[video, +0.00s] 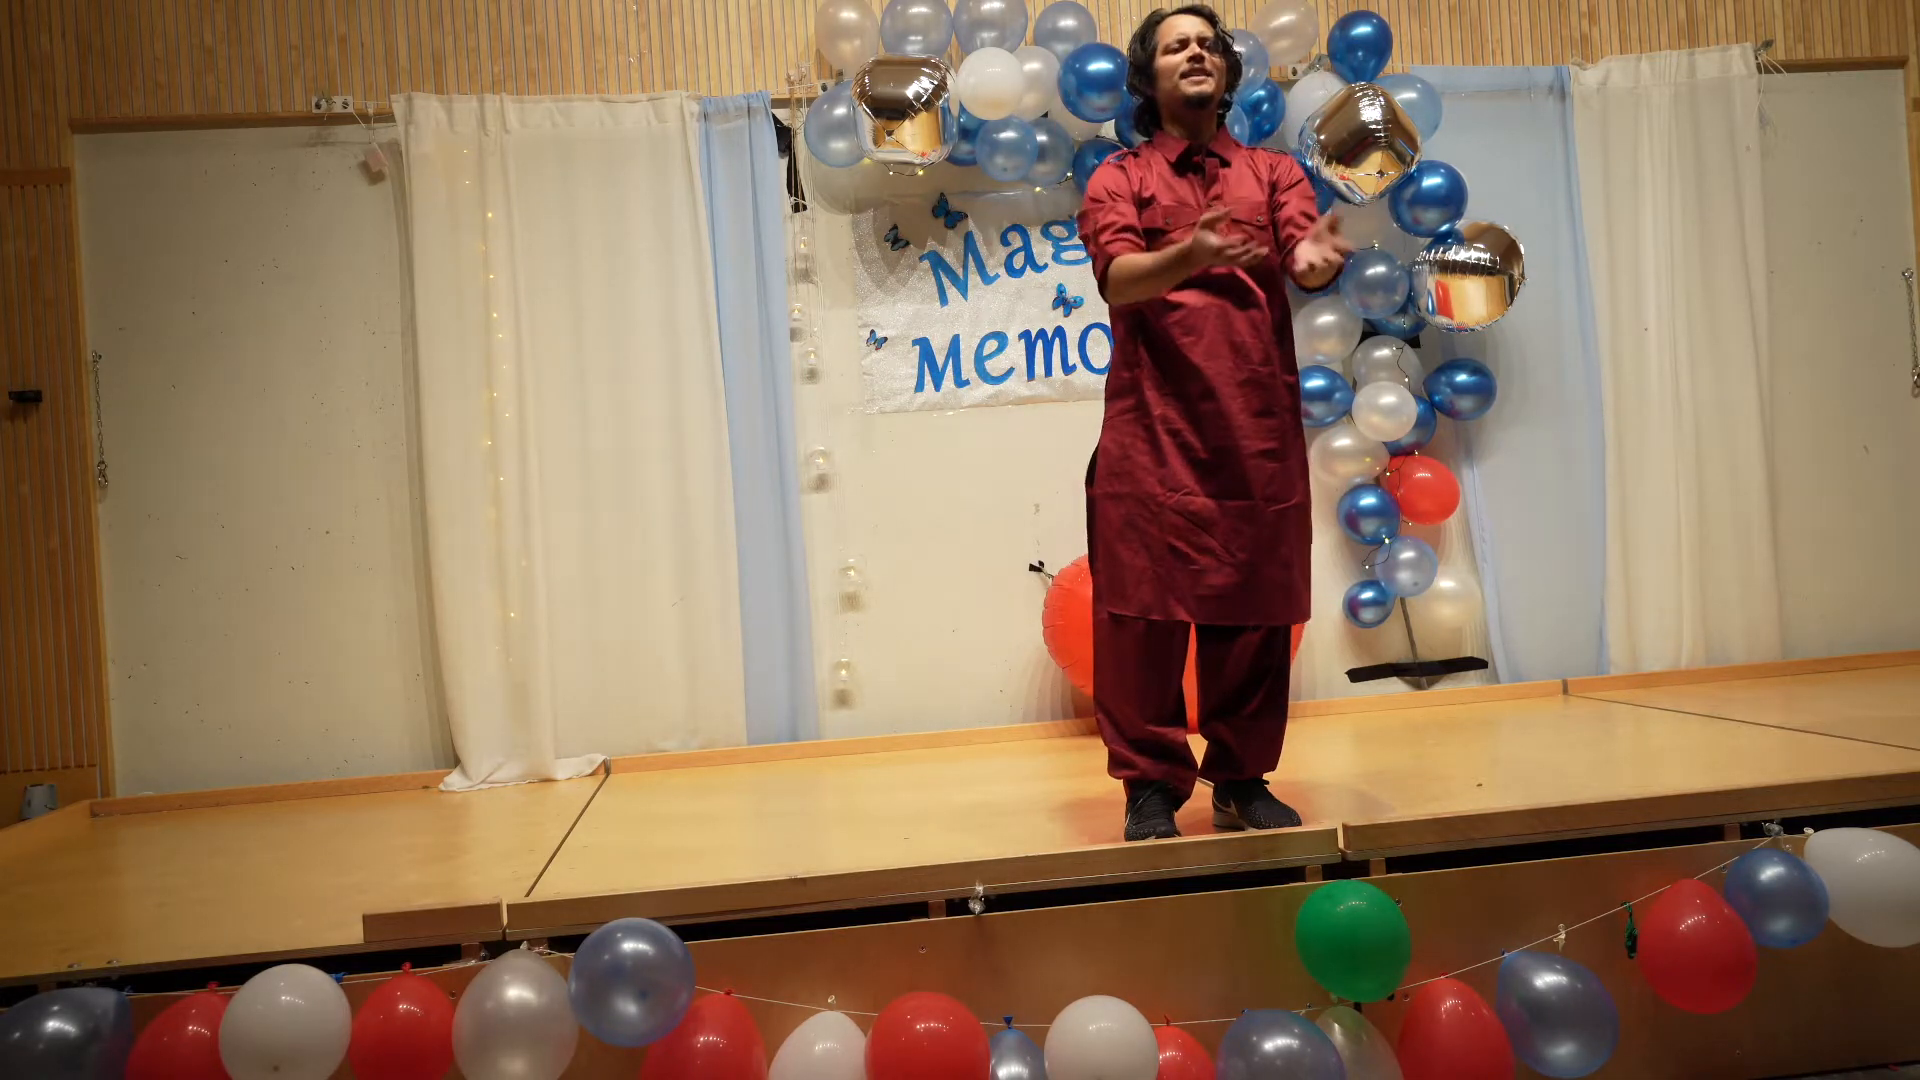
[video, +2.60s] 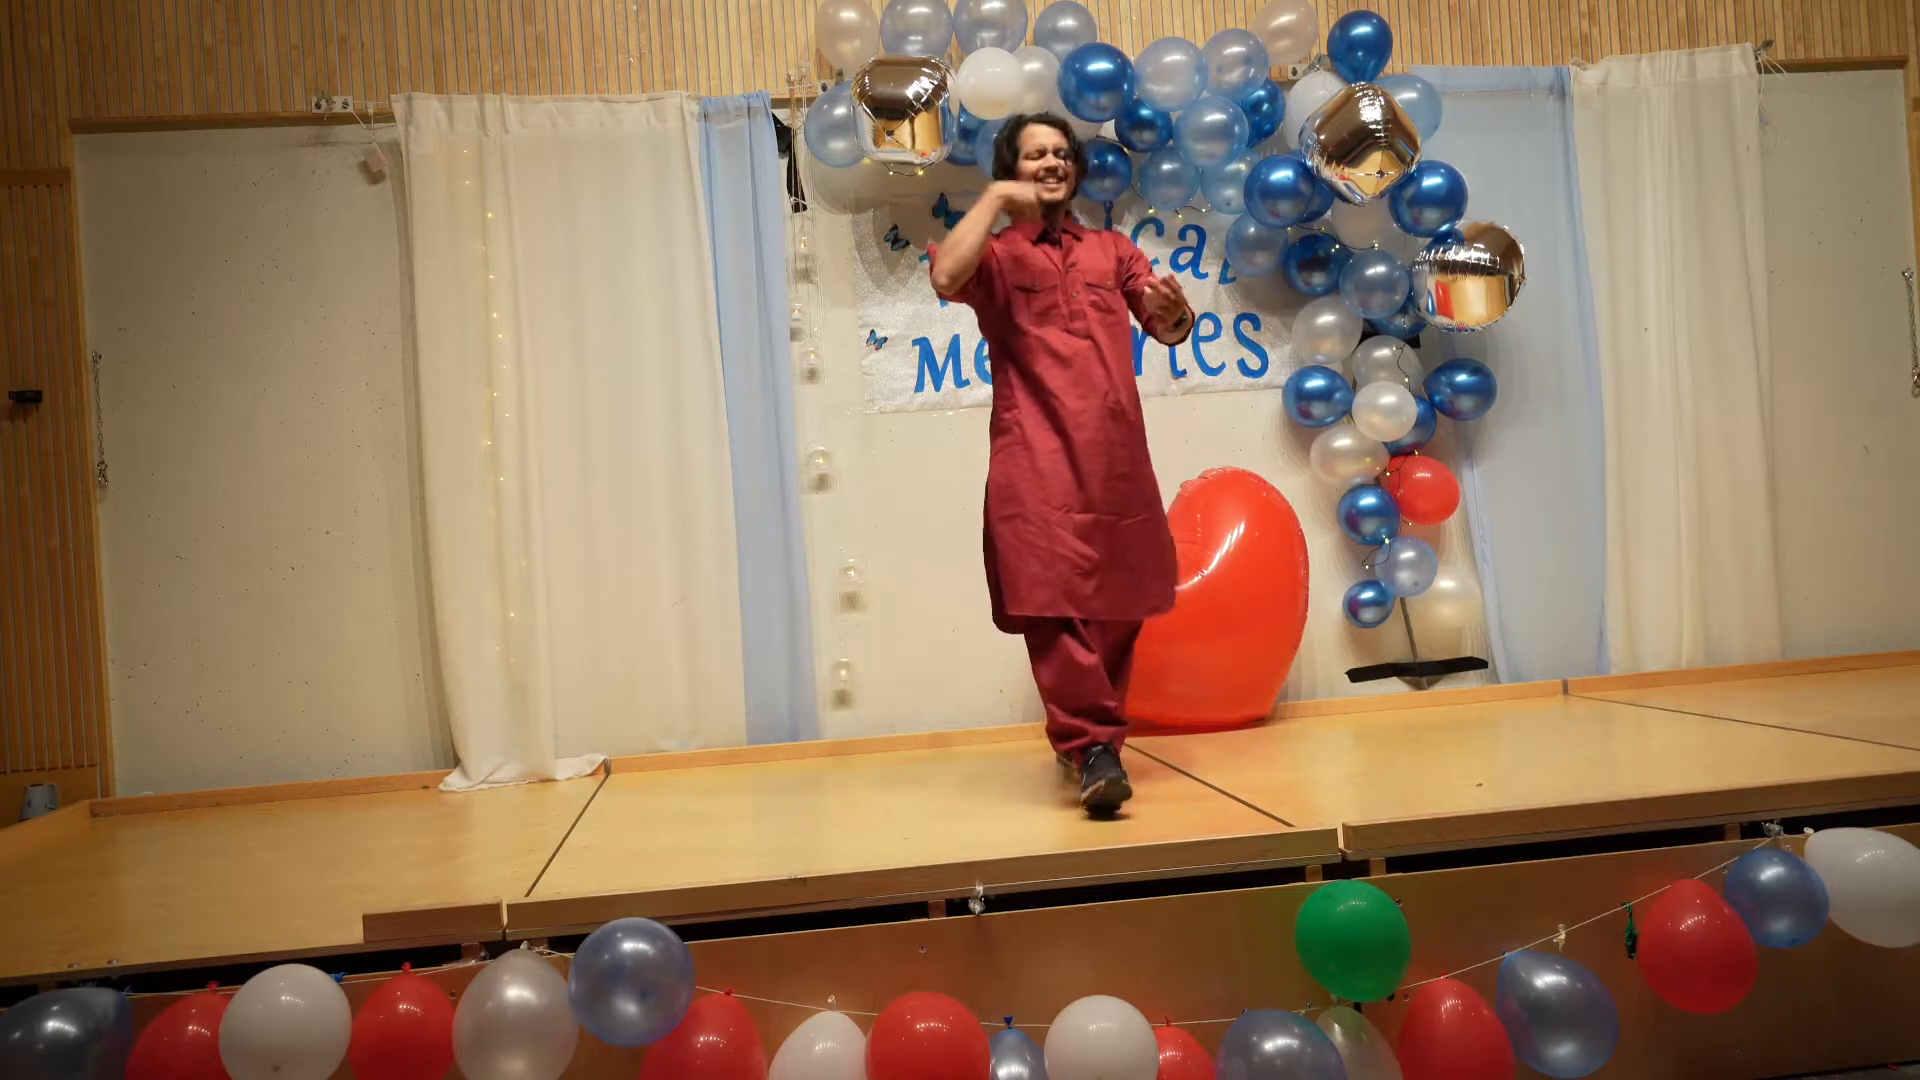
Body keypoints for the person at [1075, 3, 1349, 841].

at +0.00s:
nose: (1197, 55)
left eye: (1209, 45)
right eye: (1177, 47)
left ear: (1231, 72)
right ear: (1146, 80)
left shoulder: (1274, 171)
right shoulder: (1117, 179)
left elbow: (1314, 240)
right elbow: (1117, 281)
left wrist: (1316, 256)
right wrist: (1192, 249)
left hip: (1256, 423)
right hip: (1152, 426)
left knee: (1252, 604)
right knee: (1142, 607)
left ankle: (1241, 784)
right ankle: (1150, 789)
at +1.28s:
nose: (1139, 103)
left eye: (1158, 92)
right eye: (1132, 90)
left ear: (1197, 109)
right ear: (1118, 104)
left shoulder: (1235, 188)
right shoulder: (1100, 194)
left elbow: (1294, 261)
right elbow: (1048, 271)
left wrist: (1279, 189)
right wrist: (1083, 177)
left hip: (1229, 436)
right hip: (1128, 436)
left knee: (1243, 607)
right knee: (1109, 607)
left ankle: (1238, 777)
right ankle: (1104, 752)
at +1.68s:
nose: (1089, 130)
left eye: (1106, 120)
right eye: (1083, 118)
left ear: (1144, 135)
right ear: (1071, 129)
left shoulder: (1176, 218)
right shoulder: (1042, 217)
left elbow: (1220, 309)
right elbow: (980, 269)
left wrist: (1199, 261)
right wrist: (1002, 179)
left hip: (1157, 446)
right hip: (1059, 450)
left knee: (1195, 605)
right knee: (1063, 612)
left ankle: (1234, 773)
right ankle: (1098, 768)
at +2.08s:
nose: (1044, 140)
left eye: (1060, 128)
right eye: (1034, 129)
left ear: (1096, 139)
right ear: (1024, 141)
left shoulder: (1141, 221)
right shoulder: (1006, 225)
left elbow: (1179, 306)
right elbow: (936, 248)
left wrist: (1143, 318)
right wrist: (947, 153)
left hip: (1128, 451)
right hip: (1036, 452)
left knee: (1148, 606)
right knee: (1052, 613)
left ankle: (1135, 732)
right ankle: (1093, 758)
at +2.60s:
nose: (1051, 164)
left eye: (1061, 154)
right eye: (1036, 155)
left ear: (1077, 169)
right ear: (1008, 173)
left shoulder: (1110, 247)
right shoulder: (991, 249)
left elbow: (1166, 324)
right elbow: (946, 275)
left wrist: (1173, 310)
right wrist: (994, 196)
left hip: (1113, 447)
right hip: (1035, 450)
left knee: (1117, 597)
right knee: (1055, 601)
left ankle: (1094, 737)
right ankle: (1094, 749)